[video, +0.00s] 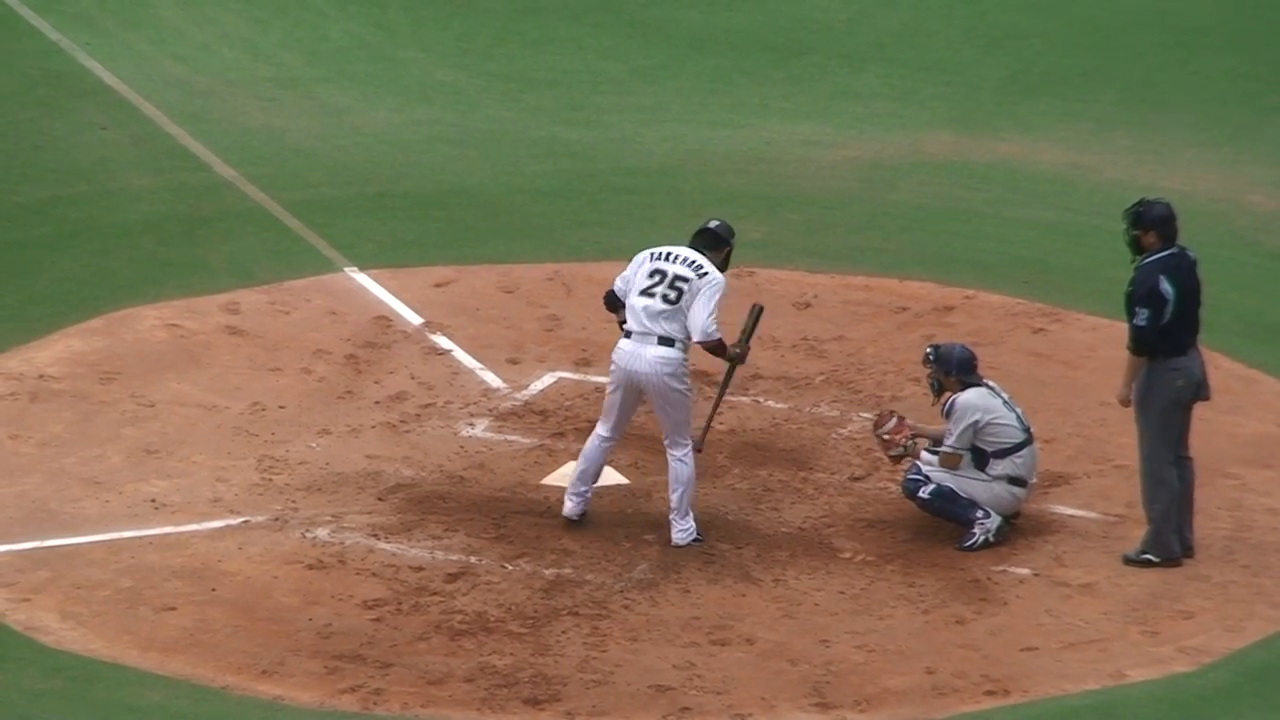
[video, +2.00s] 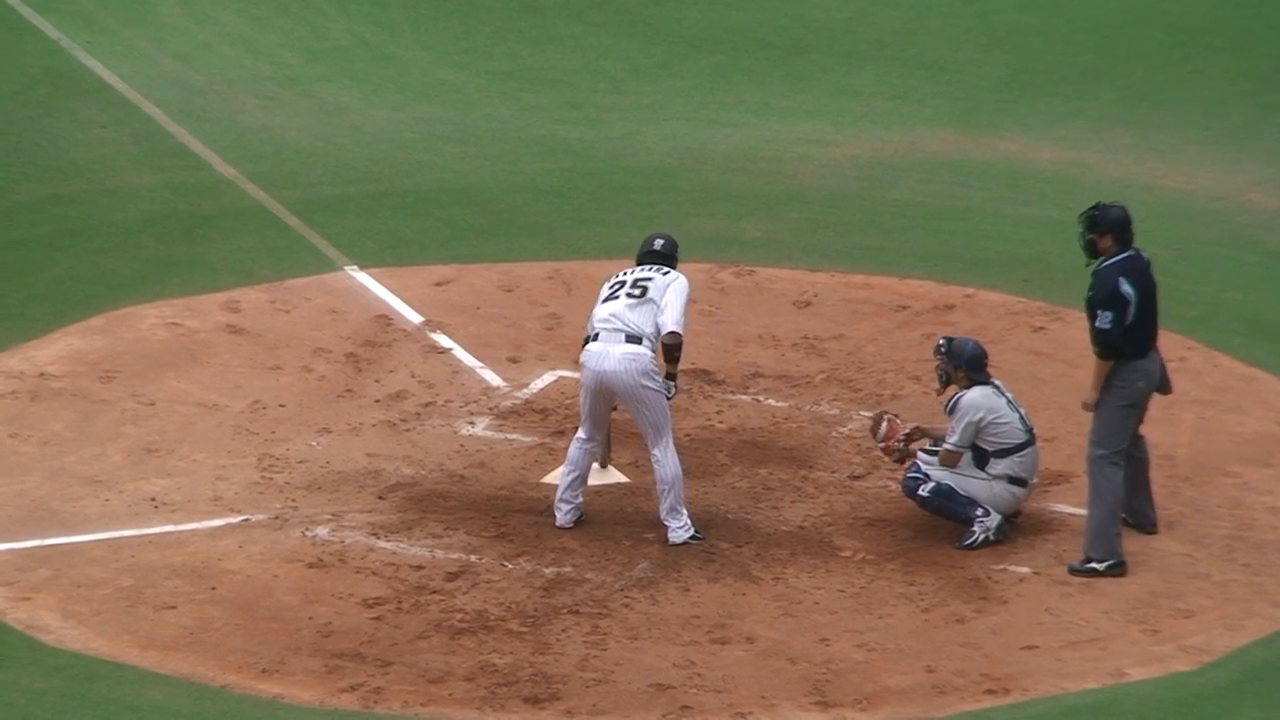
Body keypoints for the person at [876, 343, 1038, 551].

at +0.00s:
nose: (931, 375)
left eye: (936, 371)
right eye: (932, 370)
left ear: (951, 376)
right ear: (966, 373)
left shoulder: (966, 403)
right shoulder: (985, 387)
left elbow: (949, 463)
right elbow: (957, 436)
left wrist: (914, 451)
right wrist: (915, 429)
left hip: (1005, 493)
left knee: (915, 479)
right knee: (930, 454)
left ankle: (985, 520)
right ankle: (1003, 507)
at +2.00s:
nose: (940, 368)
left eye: (945, 363)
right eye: (941, 362)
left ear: (960, 371)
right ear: (976, 369)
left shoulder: (970, 401)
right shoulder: (993, 387)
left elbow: (949, 461)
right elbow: (967, 436)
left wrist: (910, 453)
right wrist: (925, 432)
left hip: (1004, 492)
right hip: (1019, 483)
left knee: (914, 477)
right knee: (929, 452)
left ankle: (984, 519)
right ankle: (1002, 506)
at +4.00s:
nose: (941, 362)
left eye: (947, 359)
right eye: (943, 356)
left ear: (961, 367)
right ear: (975, 366)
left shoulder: (972, 398)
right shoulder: (991, 384)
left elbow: (949, 457)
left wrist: (906, 459)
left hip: (1000, 489)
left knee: (912, 479)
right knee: (931, 444)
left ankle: (982, 517)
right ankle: (998, 503)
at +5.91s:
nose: (940, 376)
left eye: (944, 371)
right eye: (941, 370)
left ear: (960, 375)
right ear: (976, 371)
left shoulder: (974, 403)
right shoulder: (993, 387)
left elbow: (950, 462)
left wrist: (909, 457)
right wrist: (947, 440)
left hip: (1003, 493)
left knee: (914, 480)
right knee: (933, 442)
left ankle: (983, 519)